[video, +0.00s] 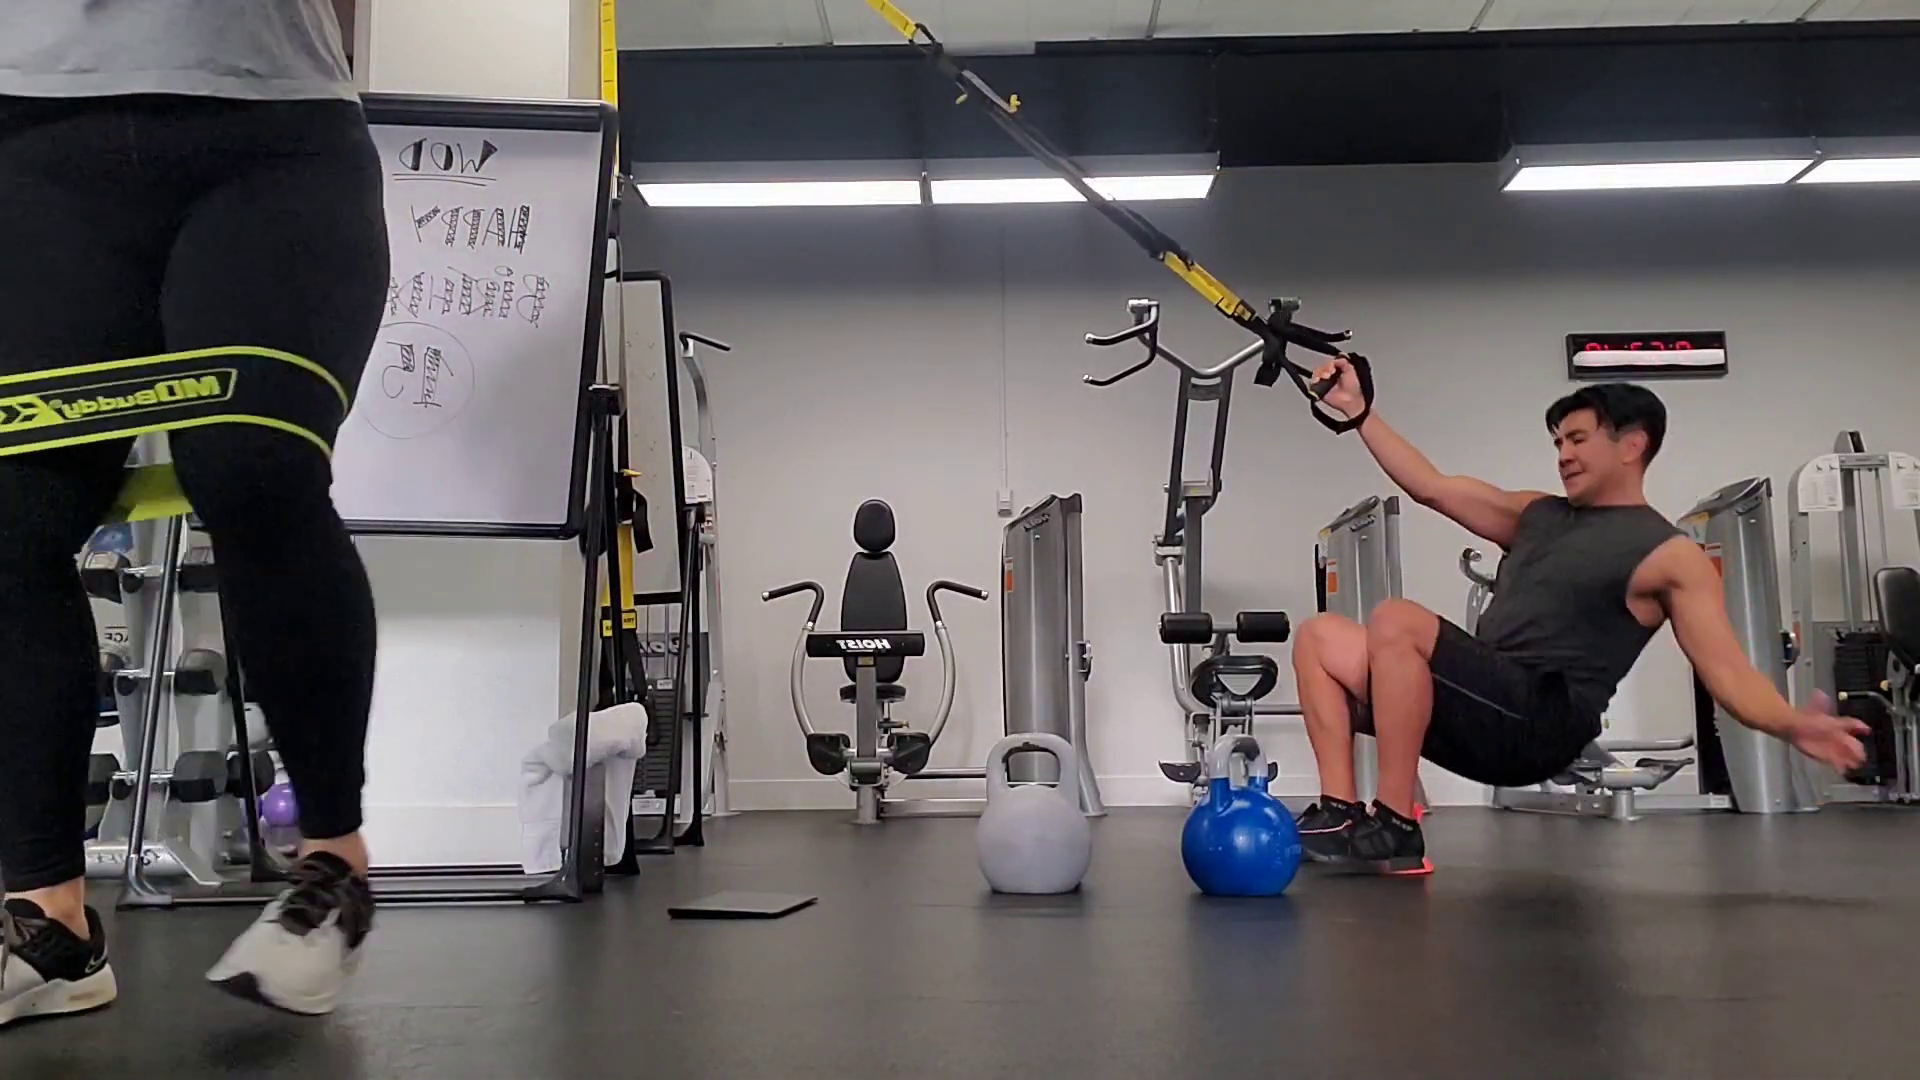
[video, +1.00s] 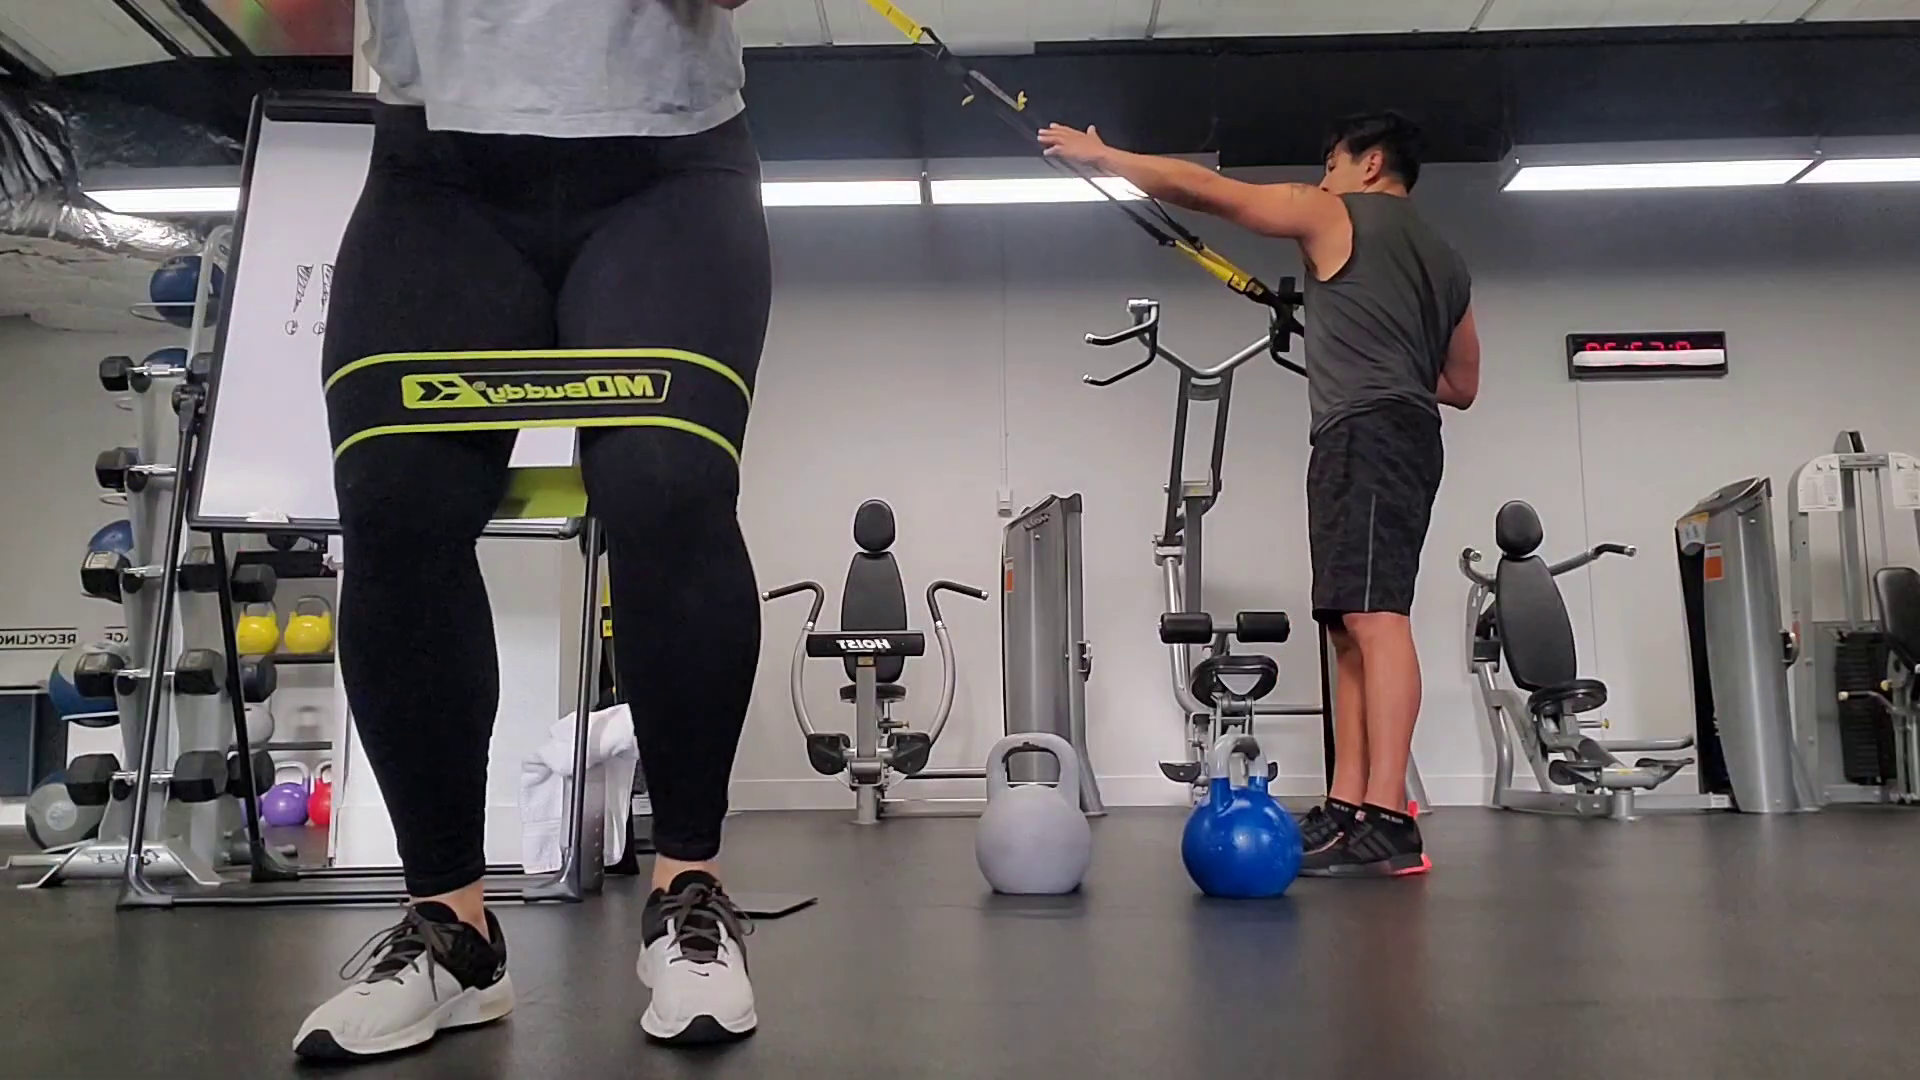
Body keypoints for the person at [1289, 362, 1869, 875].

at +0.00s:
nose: (1561, 454)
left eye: (1576, 439)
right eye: (1558, 443)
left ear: (1635, 444)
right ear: (1561, 453)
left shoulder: (1672, 555)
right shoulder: (1536, 514)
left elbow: (1726, 669)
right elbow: (1428, 484)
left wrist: (1787, 722)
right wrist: (1360, 414)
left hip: (1545, 719)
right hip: (1480, 707)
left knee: (1397, 620)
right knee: (1317, 640)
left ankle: (1396, 822)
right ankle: (1340, 809)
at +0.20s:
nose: (1503, 339)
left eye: (1513, 322)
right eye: (1501, 329)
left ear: (1565, 321)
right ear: (1556, 327)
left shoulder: (1595, 390)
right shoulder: (1517, 413)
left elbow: (1586, 456)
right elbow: (1429, 454)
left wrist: (1519, 443)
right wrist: (1374, 389)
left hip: (1512, 588)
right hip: (1465, 584)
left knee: (1340, 624)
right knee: (1288, 637)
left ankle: (1392, 822)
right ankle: (1337, 810)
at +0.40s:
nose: (1434, 229)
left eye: (1443, 213)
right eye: (1435, 218)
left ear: (1491, 208)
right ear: (1488, 212)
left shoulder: (1505, 264)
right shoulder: (1467, 293)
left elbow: (1408, 255)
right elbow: (1428, 416)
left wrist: (1293, 206)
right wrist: (1381, 363)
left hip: (1459, 473)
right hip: (1419, 476)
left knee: (1342, 618)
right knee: (1304, 623)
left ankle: (1389, 819)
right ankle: (1342, 807)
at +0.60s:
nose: (1379, 176)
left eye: (1388, 163)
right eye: (1381, 164)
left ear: (1426, 162)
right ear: (1443, 171)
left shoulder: (1403, 211)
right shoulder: (1477, 269)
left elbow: (1281, 177)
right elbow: (1463, 386)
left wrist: (1167, 130)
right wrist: (1347, 332)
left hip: (1396, 429)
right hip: (1410, 435)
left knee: (1374, 618)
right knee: (1344, 622)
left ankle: (1388, 820)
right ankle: (1347, 809)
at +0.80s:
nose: (1340, 178)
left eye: (1348, 164)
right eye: (1343, 166)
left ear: (1383, 160)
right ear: (1409, 171)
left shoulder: (1346, 211)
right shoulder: (1453, 260)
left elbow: (1217, 178)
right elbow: (1464, 387)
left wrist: (1110, 139)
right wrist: (1356, 336)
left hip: (1367, 431)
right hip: (1406, 434)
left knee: (1381, 620)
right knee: (1349, 628)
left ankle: (1390, 820)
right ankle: (1347, 808)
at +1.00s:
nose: (1325, 179)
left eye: (1333, 165)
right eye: (1328, 167)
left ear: (1371, 160)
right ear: (1398, 171)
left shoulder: (1336, 212)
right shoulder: (1444, 260)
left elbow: (1213, 189)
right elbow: (1460, 386)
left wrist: (1102, 153)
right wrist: (1363, 355)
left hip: (1366, 430)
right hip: (1404, 432)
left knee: (1378, 618)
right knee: (1348, 623)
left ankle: (1389, 821)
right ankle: (1349, 808)